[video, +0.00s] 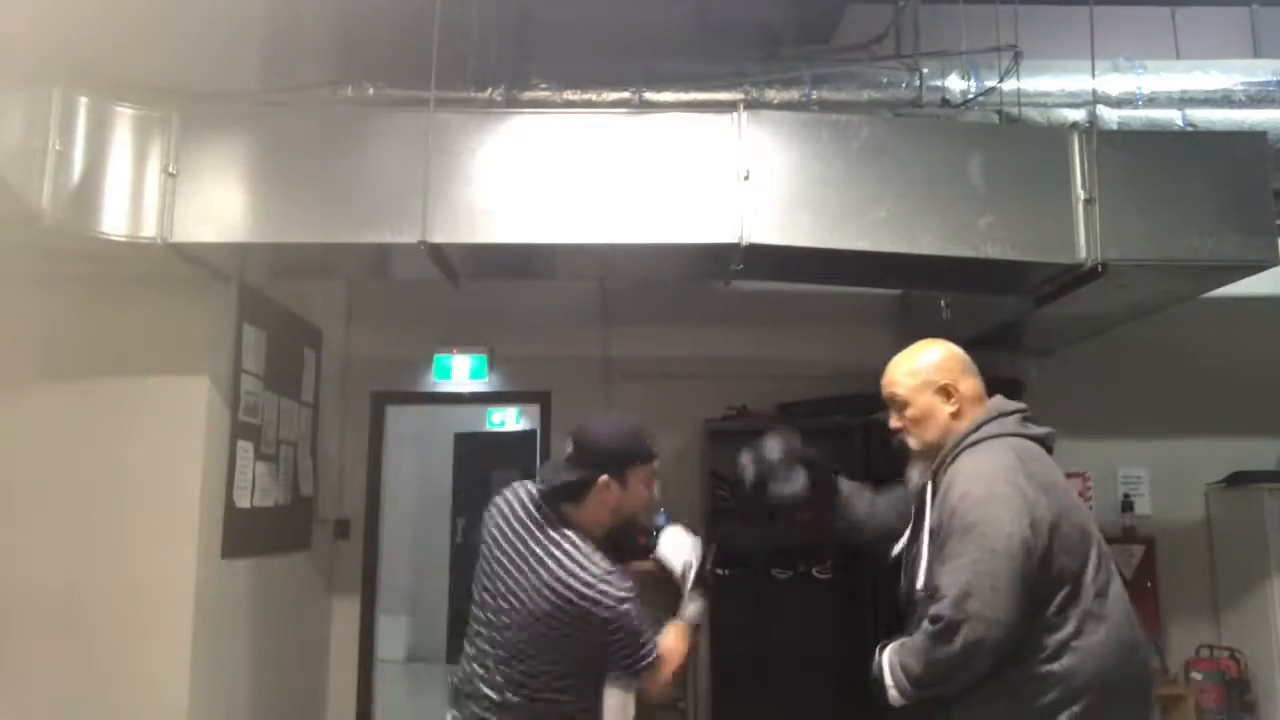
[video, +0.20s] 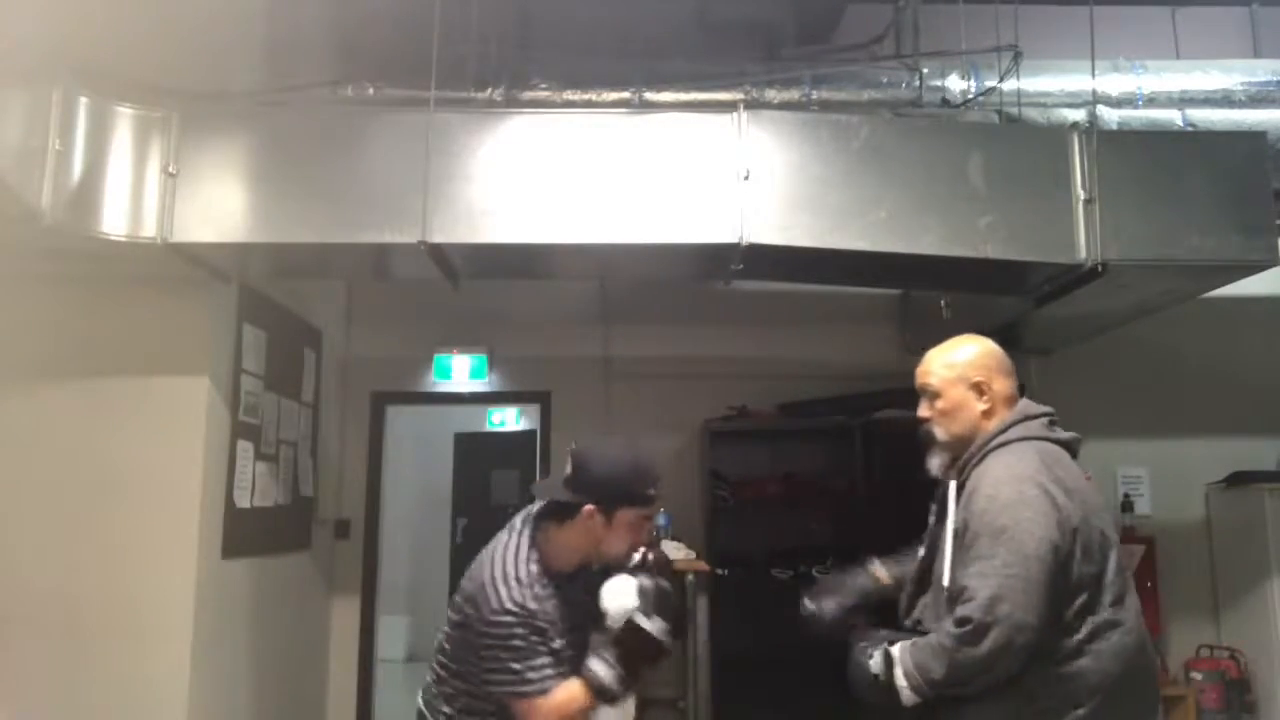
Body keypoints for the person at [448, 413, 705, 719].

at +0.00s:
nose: (654, 493)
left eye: (653, 480)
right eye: (646, 482)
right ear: (606, 487)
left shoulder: (511, 499)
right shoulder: (601, 589)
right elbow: (656, 682)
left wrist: (652, 566)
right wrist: (690, 608)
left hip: (467, 700)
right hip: (542, 711)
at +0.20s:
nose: (645, 538)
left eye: (648, 523)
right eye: (638, 523)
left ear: (590, 517)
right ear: (592, 517)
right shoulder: (507, 601)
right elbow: (539, 709)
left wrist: (639, 574)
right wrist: (617, 661)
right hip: (465, 712)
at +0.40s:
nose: (598, 517)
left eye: (600, 502)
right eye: (590, 501)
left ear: (545, 493)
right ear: (545, 492)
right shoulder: (455, 567)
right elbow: (493, 701)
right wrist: (565, 613)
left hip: (531, 708)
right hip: (444, 711)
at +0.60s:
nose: (573, 489)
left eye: (575, 471)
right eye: (564, 471)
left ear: (516, 468)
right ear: (516, 466)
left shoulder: (525, 522)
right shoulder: (427, 542)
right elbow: (457, 680)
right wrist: (532, 598)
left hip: (511, 706)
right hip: (416, 711)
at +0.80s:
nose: (579, 456)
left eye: (575, 441)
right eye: (564, 441)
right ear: (515, 452)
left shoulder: (538, 520)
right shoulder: (444, 534)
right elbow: (469, 668)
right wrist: (560, 625)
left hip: (531, 704)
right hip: (454, 711)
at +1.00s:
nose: (629, 433)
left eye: (625, 419)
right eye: (614, 420)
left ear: (576, 436)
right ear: (571, 435)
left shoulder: (620, 496)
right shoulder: (507, 521)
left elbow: (695, 519)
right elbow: (515, 650)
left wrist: (753, 492)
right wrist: (607, 593)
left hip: (589, 705)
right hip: (510, 711)